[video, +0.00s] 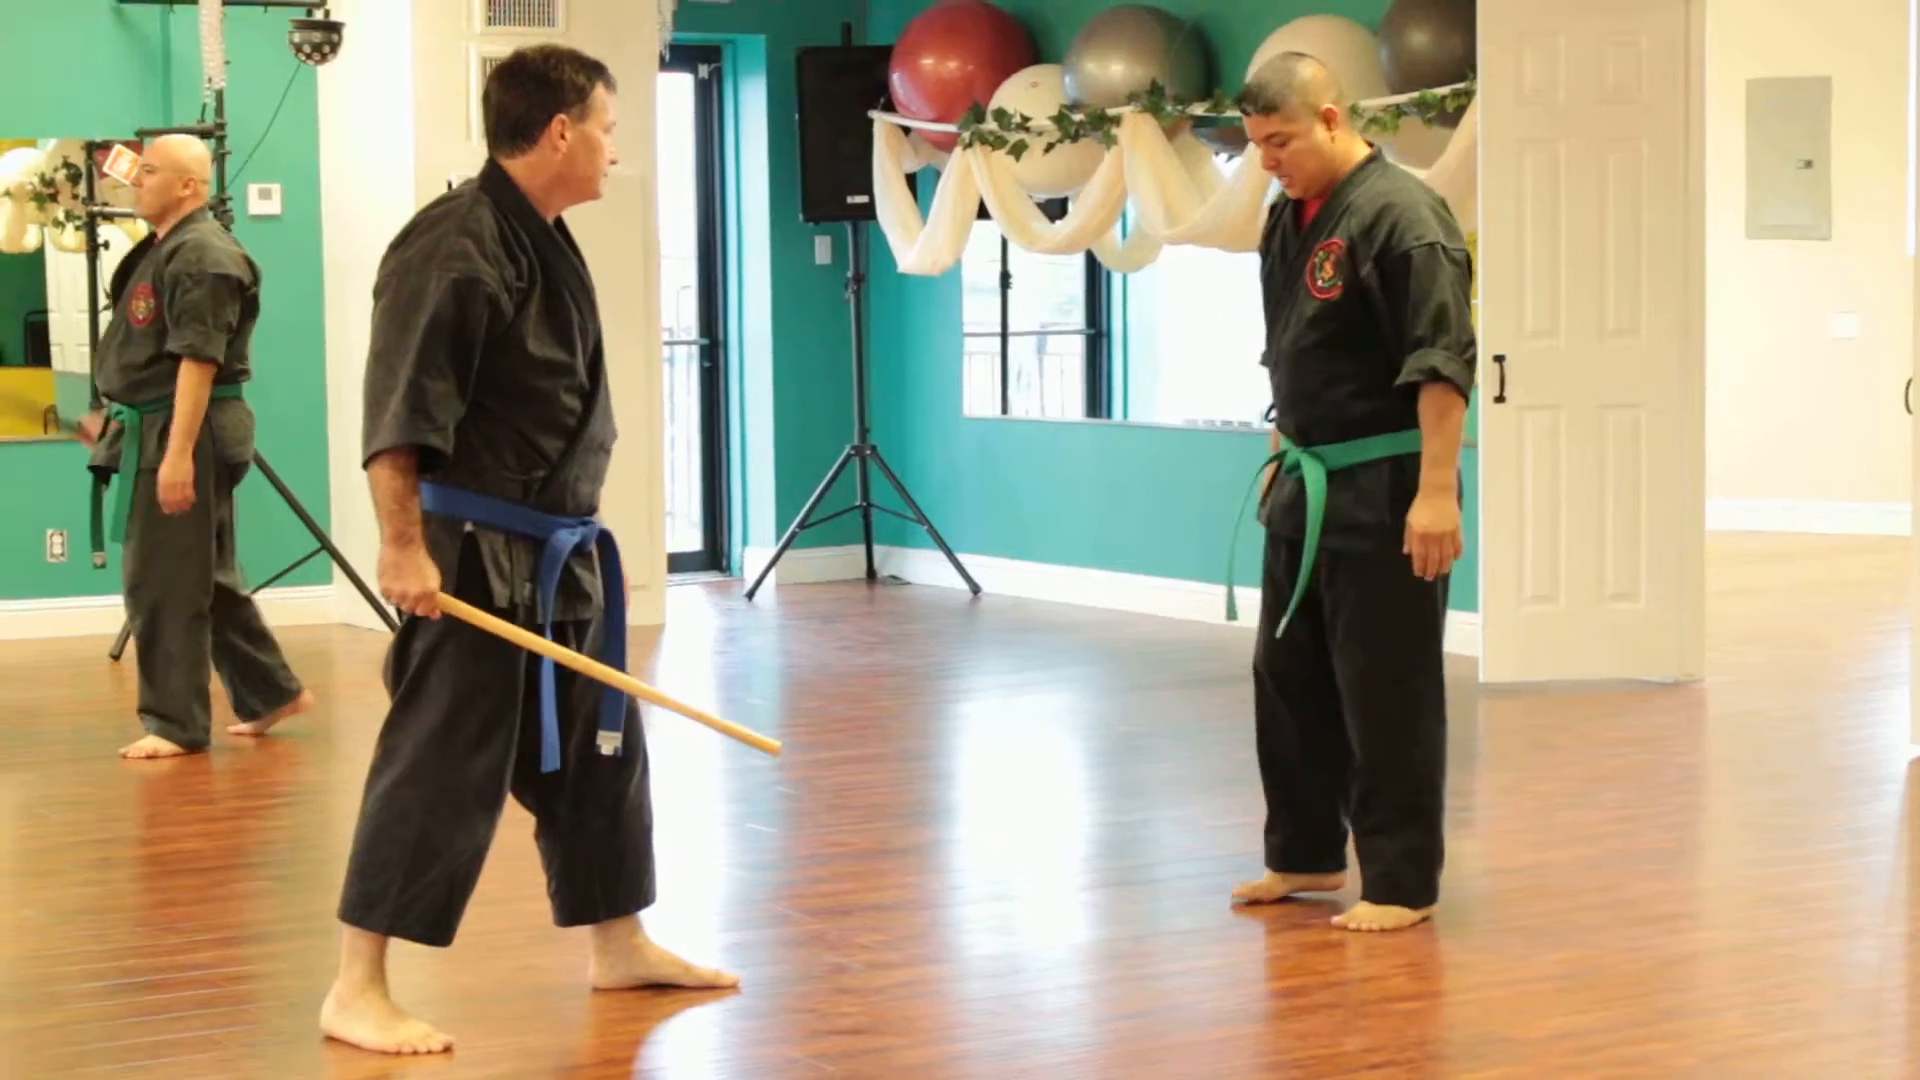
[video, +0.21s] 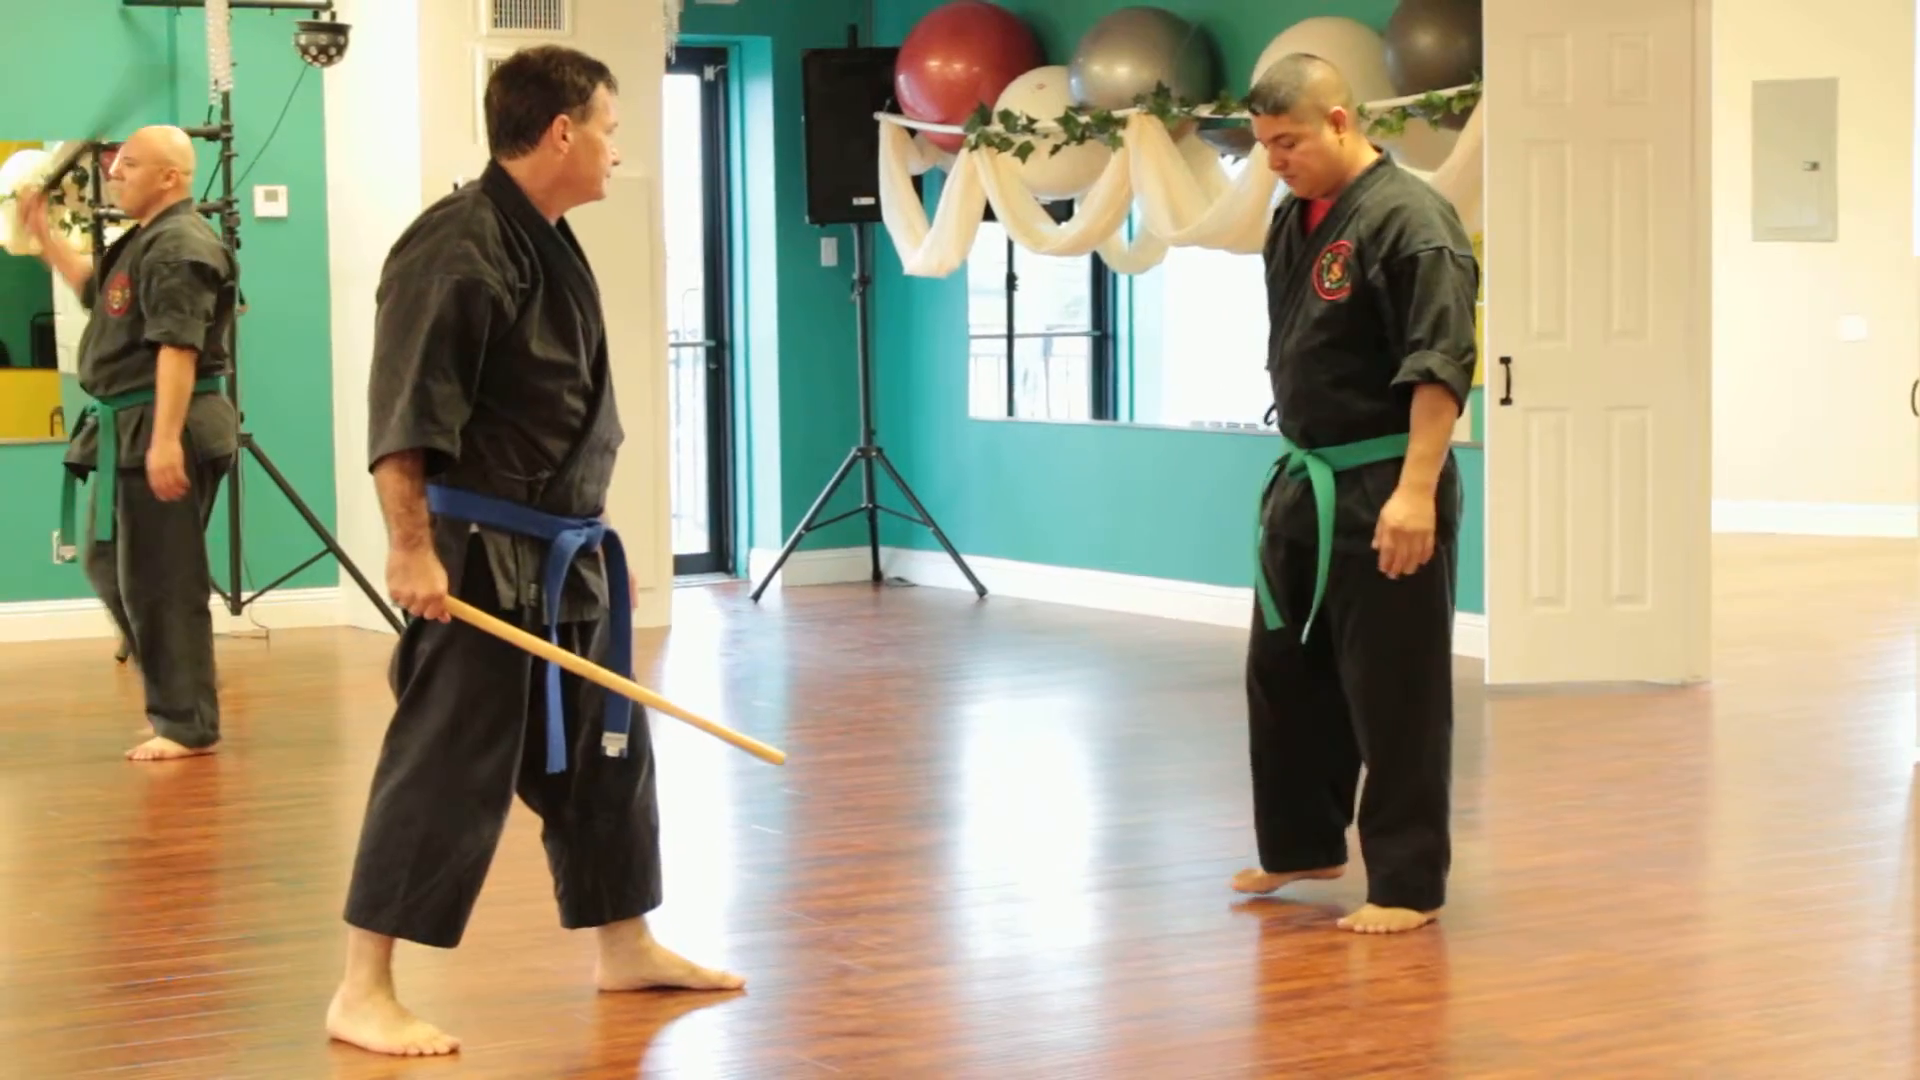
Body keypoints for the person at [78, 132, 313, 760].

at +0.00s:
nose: (134, 181)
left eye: (147, 172)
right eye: (137, 171)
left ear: (184, 185)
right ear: (173, 185)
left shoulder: (203, 254)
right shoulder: (167, 247)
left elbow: (199, 362)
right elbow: (144, 342)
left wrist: (180, 452)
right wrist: (111, 408)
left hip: (190, 428)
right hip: (170, 423)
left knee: (164, 576)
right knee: (200, 570)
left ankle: (178, 725)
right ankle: (271, 690)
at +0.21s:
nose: (114, 169)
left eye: (128, 162)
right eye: (117, 159)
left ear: (168, 178)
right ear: (152, 178)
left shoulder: (180, 244)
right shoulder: (141, 237)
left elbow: (179, 347)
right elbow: (98, 288)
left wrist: (166, 438)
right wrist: (44, 236)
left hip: (164, 430)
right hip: (132, 425)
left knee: (164, 574)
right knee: (116, 565)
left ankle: (186, 726)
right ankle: (176, 706)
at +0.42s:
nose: (81, 173)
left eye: (95, 164)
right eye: (83, 163)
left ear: (141, 181)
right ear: (124, 180)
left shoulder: (158, 250)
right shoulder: (92, 231)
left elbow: (146, 355)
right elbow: (41, 203)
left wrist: (107, 437)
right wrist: (61, 130)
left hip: (156, 427)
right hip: (102, 424)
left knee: (165, 582)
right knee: (80, 578)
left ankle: (193, 725)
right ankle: (36, 716)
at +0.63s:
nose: (41, 182)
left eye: (54, 173)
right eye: (44, 172)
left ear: (95, 185)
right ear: (77, 185)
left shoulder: (127, 257)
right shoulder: (31, 248)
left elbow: (118, 364)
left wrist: (68, 449)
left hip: (117, 437)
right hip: (48, 437)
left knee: (151, 587)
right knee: (31, 594)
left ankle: (191, 727)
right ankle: (11, 730)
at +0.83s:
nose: (6, 183)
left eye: (19, 172)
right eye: (7, 172)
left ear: (62, 185)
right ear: (22, 184)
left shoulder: (107, 254)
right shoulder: (16, 254)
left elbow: (123, 358)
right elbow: (19, 357)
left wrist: (96, 449)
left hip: (108, 433)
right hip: (38, 436)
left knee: (136, 583)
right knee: (28, 589)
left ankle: (189, 721)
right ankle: (23, 726)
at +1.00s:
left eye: (7, 170)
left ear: (48, 180)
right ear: (22, 181)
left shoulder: (99, 248)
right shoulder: (13, 253)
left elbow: (125, 348)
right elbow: (21, 357)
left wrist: (121, 440)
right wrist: (18, 424)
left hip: (102, 431)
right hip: (33, 434)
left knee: (127, 581)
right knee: (25, 587)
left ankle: (179, 718)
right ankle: (26, 725)